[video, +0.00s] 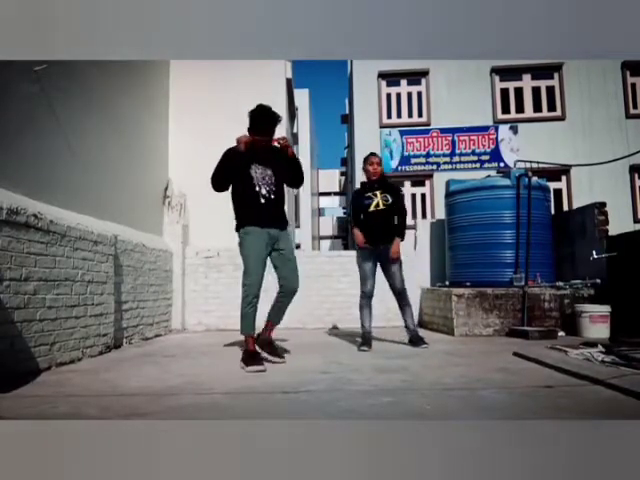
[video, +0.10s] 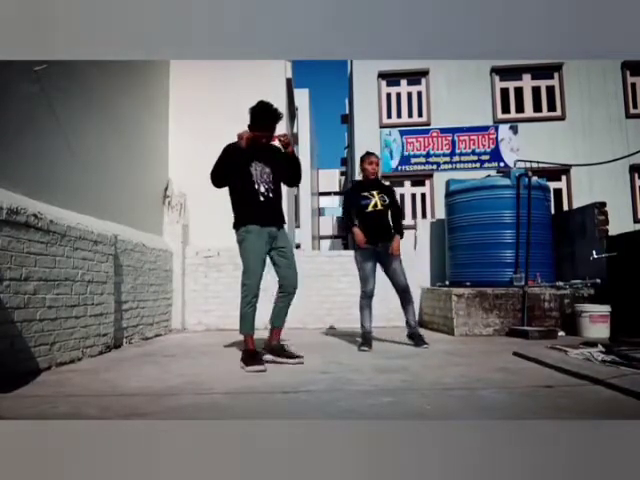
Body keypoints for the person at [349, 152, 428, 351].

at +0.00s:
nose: (374, 168)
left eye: (377, 164)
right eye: (371, 164)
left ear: (382, 167)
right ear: (364, 168)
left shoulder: (392, 189)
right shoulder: (358, 194)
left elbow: (402, 216)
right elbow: (353, 217)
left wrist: (397, 241)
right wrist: (355, 230)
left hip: (389, 245)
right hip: (366, 246)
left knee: (399, 290)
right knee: (366, 292)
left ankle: (413, 333)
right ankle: (366, 336)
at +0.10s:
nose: (373, 168)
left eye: (375, 164)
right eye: (369, 164)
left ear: (379, 166)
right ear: (362, 167)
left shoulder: (386, 189)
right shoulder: (353, 190)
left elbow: (397, 214)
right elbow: (347, 216)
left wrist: (397, 237)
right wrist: (354, 229)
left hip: (387, 244)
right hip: (365, 245)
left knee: (403, 288)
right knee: (367, 291)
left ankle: (413, 330)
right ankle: (366, 336)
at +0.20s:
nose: (372, 168)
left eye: (375, 164)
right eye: (369, 164)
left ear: (377, 167)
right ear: (360, 166)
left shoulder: (381, 189)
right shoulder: (351, 188)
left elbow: (390, 216)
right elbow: (341, 215)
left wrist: (395, 234)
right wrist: (355, 229)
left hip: (386, 244)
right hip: (365, 245)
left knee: (406, 285)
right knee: (368, 291)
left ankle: (412, 327)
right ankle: (367, 336)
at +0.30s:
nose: (371, 167)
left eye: (373, 163)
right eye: (367, 163)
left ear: (375, 165)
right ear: (358, 165)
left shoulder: (377, 188)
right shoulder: (349, 186)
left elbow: (383, 214)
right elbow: (338, 215)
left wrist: (393, 228)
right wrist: (355, 229)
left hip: (385, 243)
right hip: (365, 245)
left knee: (403, 285)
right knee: (368, 291)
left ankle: (419, 330)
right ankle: (367, 336)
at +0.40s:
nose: (371, 166)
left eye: (373, 163)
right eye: (368, 162)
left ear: (375, 165)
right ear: (358, 164)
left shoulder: (377, 188)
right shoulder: (350, 186)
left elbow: (381, 214)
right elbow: (340, 215)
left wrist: (392, 228)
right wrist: (357, 230)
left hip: (383, 242)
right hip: (365, 245)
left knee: (400, 286)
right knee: (368, 291)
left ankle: (423, 328)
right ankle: (367, 336)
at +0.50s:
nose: (374, 166)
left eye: (376, 163)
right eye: (371, 162)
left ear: (377, 165)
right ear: (360, 164)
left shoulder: (378, 187)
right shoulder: (351, 185)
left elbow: (384, 212)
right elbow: (346, 215)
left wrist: (395, 225)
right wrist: (363, 229)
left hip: (384, 241)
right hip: (365, 243)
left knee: (404, 283)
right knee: (368, 291)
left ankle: (420, 328)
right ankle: (367, 335)